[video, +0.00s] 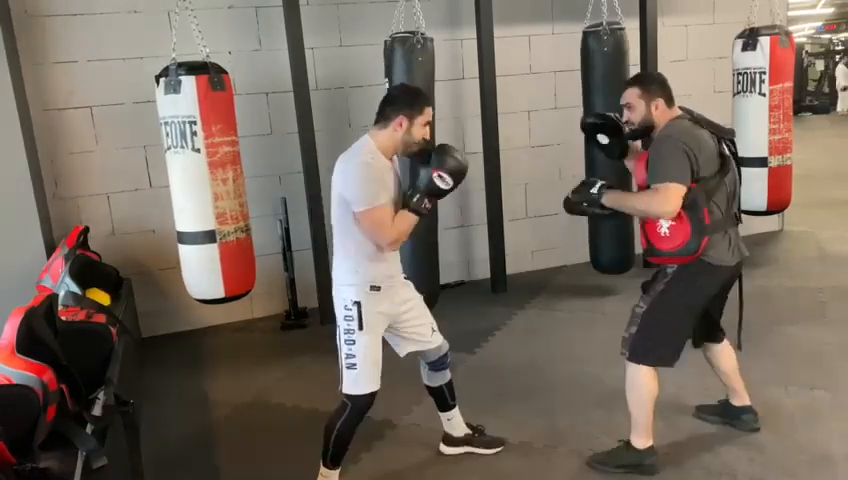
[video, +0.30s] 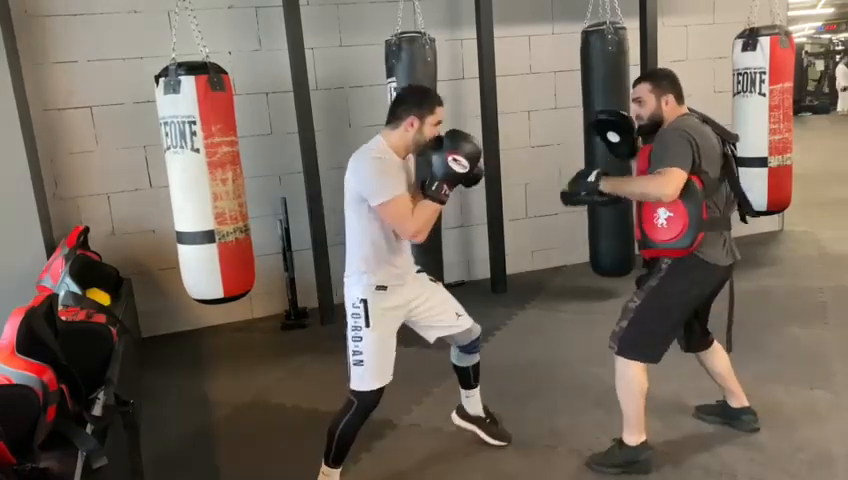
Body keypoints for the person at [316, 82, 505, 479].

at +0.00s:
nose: (429, 135)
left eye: (430, 126)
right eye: (425, 125)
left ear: (399, 124)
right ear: (400, 123)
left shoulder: (390, 160)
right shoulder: (358, 166)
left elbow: (395, 220)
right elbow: (388, 237)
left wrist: (423, 186)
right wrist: (425, 199)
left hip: (393, 282)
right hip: (358, 290)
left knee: (435, 352)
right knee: (361, 393)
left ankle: (456, 434)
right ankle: (327, 473)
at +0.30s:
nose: (439, 133)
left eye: (440, 124)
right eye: (436, 124)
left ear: (409, 122)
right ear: (412, 122)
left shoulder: (409, 160)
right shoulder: (369, 164)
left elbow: (414, 216)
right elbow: (415, 229)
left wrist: (445, 176)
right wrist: (444, 183)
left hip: (409, 280)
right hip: (371, 292)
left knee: (467, 335)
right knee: (368, 393)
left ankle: (471, 410)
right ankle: (329, 472)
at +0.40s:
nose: (456, 140)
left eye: (458, 131)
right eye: (453, 131)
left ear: (428, 129)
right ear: (429, 128)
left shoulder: (428, 164)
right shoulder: (379, 167)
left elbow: (453, 176)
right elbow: (400, 239)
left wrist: (489, 157)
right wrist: (440, 200)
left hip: (423, 284)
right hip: (380, 293)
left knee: (476, 344)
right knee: (372, 393)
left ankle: (491, 405)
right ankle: (330, 471)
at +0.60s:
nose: (491, 163)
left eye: (493, 156)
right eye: (491, 155)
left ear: (467, 149)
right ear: (474, 150)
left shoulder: (448, 175)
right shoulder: (439, 180)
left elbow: (460, 212)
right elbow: (451, 245)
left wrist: (499, 193)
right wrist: (494, 223)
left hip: (438, 293)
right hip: (415, 302)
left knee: (490, 339)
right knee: (425, 413)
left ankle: (501, 405)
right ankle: (343, 469)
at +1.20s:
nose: (473, 150)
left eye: (474, 143)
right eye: (467, 142)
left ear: (455, 140)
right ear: (440, 136)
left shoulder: (452, 166)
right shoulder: (396, 171)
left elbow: (484, 180)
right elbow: (419, 235)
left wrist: (529, 174)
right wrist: (447, 185)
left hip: (446, 276)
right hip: (400, 282)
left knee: (498, 339)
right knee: (380, 376)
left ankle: (501, 405)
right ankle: (336, 446)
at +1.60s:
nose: (484, 168)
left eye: (488, 163)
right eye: (485, 161)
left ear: (468, 149)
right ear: (472, 151)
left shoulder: (455, 176)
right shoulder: (434, 172)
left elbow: (480, 235)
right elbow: (470, 233)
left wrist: (494, 194)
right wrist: (485, 191)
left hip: (441, 281)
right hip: (409, 287)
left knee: (488, 333)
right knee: (414, 390)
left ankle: (507, 400)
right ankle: (339, 447)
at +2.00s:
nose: (501, 164)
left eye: (503, 157)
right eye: (497, 155)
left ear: (479, 154)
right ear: (473, 150)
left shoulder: (474, 186)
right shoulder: (426, 171)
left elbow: (501, 226)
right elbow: (423, 231)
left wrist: (544, 223)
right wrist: (464, 199)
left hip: (447, 287)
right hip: (403, 288)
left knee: (502, 346)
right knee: (381, 378)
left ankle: (507, 401)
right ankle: (339, 433)